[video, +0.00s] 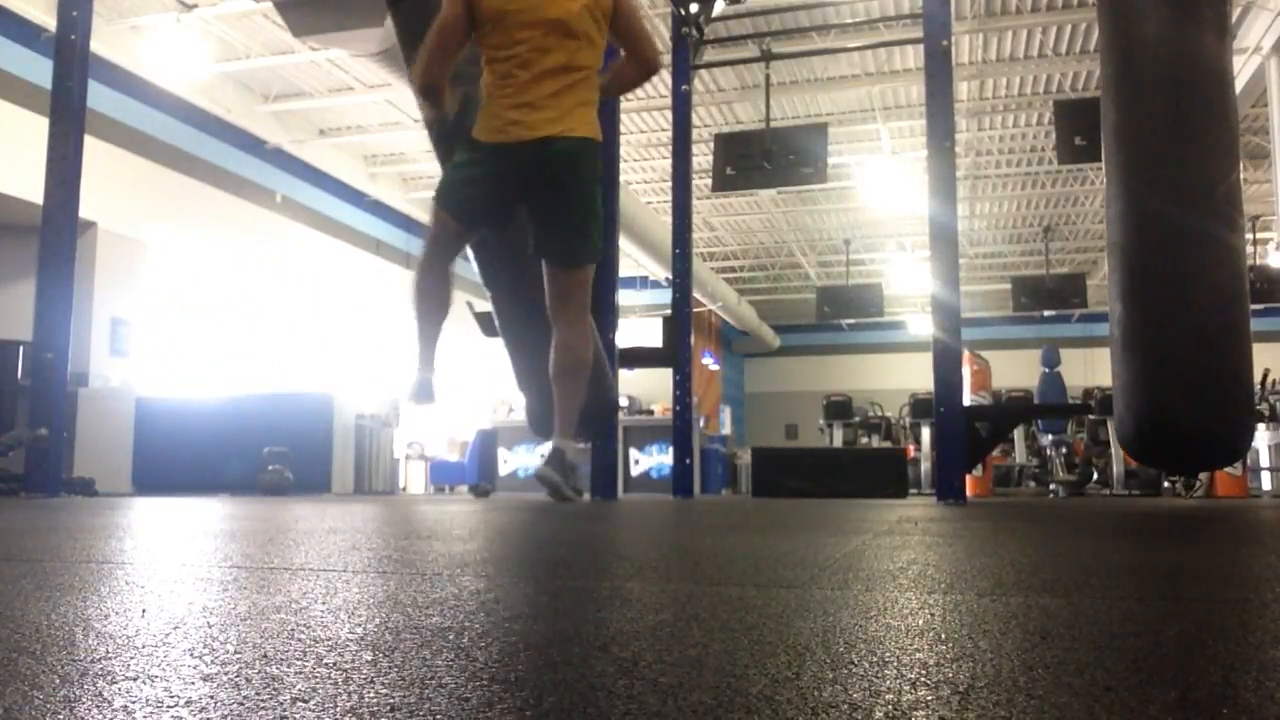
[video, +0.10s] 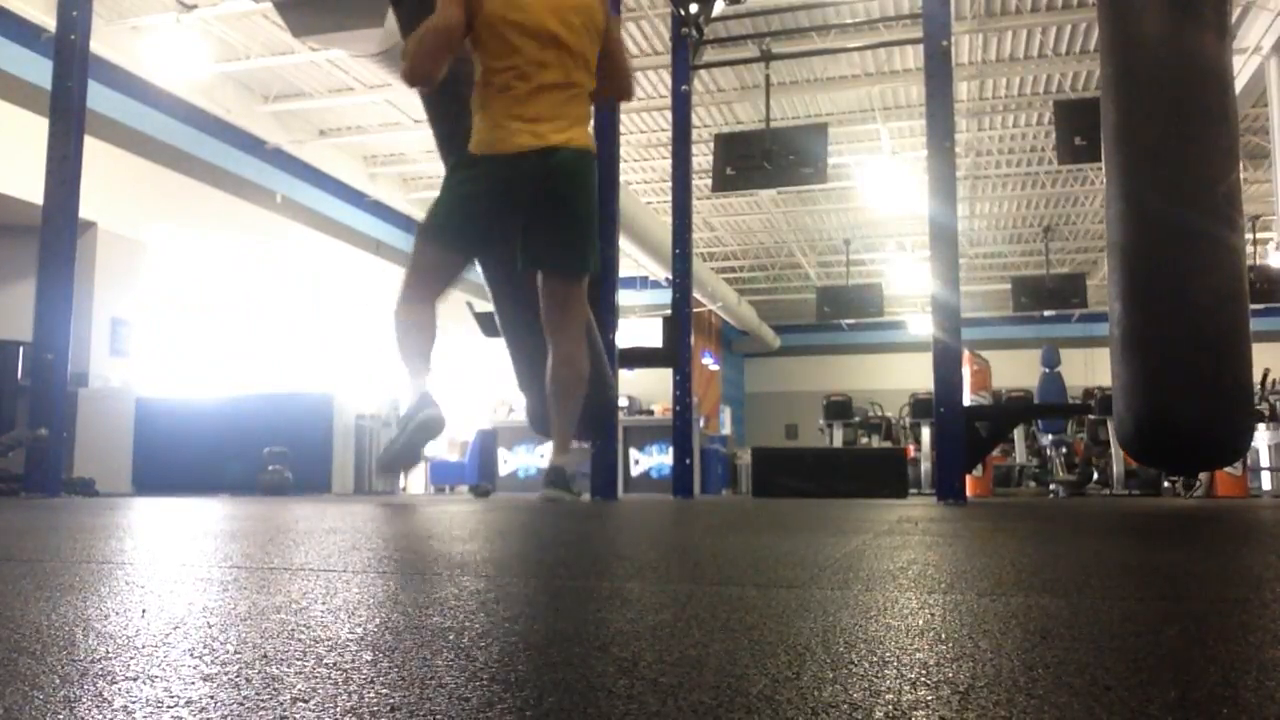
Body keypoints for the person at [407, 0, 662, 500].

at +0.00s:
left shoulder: (474, 2)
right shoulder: (602, 1)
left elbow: (429, 75)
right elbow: (646, 60)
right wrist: (591, 90)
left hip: (498, 145)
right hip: (573, 147)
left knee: (437, 256)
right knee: (572, 310)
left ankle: (424, 374)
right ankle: (563, 448)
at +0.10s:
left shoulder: (472, 4)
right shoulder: (594, 7)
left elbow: (420, 69)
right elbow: (619, 86)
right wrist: (559, 72)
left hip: (491, 164)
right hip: (571, 164)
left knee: (417, 296)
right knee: (567, 322)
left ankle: (420, 399)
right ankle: (560, 464)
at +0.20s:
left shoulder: (454, 5)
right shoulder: (574, 11)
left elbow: (412, 82)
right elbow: (609, 109)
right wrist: (548, 118)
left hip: (489, 159)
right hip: (563, 165)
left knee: (445, 315)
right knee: (553, 318)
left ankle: (440, 446)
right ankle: (567, 464)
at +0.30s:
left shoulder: (451, 6)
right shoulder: (574, 13)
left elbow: (409, 101)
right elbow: (626, 101)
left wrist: (451, 81)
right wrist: (576, 142)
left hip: (489, 163)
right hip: (566, 167)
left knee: (440, 316)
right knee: (550, 313)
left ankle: (439, 452)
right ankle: (558, 462)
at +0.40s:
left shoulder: (468, 5)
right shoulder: (594, 3)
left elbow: (424, 81)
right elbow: (660, 64)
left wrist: (452, 36)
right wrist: (600, 88)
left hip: (491, 153)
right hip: (566, 157)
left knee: (441, 299)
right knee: (557, 317)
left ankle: (438, 422)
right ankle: (552, 460)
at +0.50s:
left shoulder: (481, 2)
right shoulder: (605, 2)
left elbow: (435, 71)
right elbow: (657, 64)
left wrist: (441, 72)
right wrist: (610, 81)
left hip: (485, 142)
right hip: (563, 144)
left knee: (433, 273)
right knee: (567, 314)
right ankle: (554, 459)